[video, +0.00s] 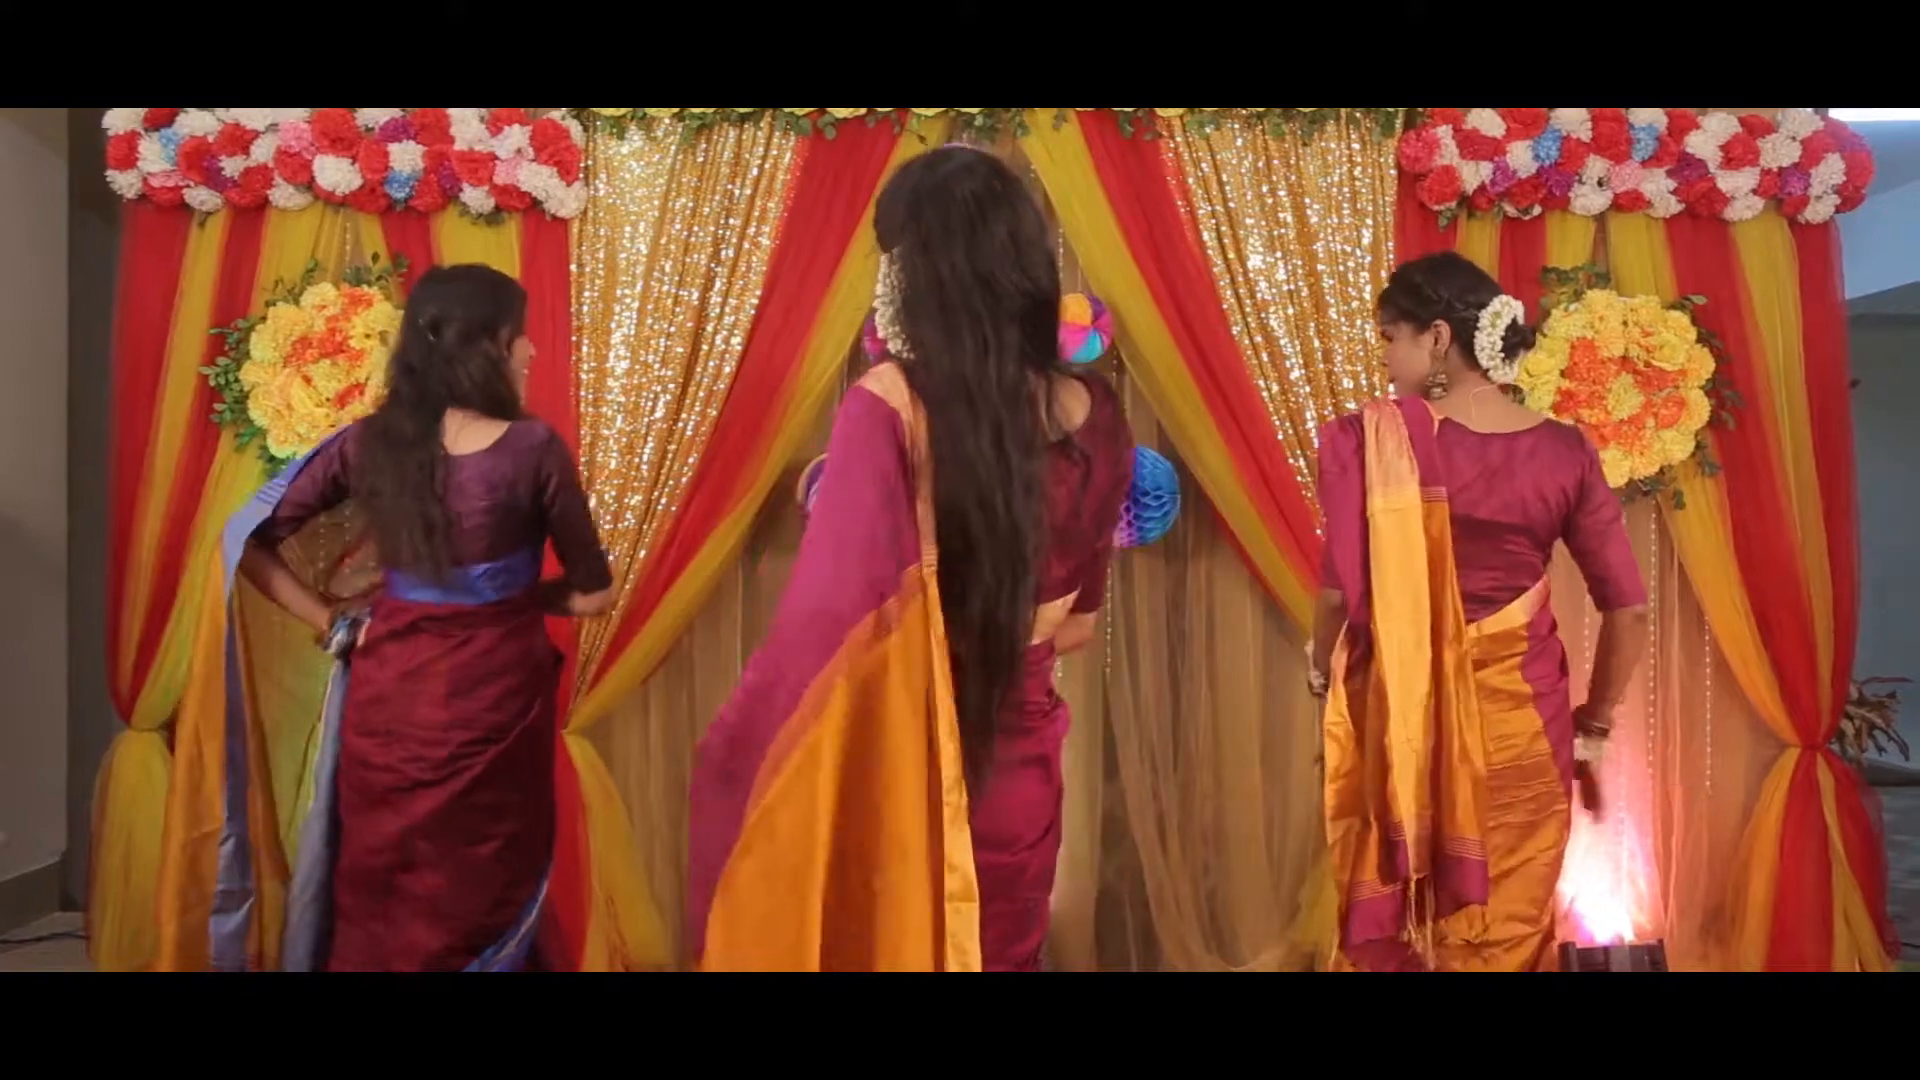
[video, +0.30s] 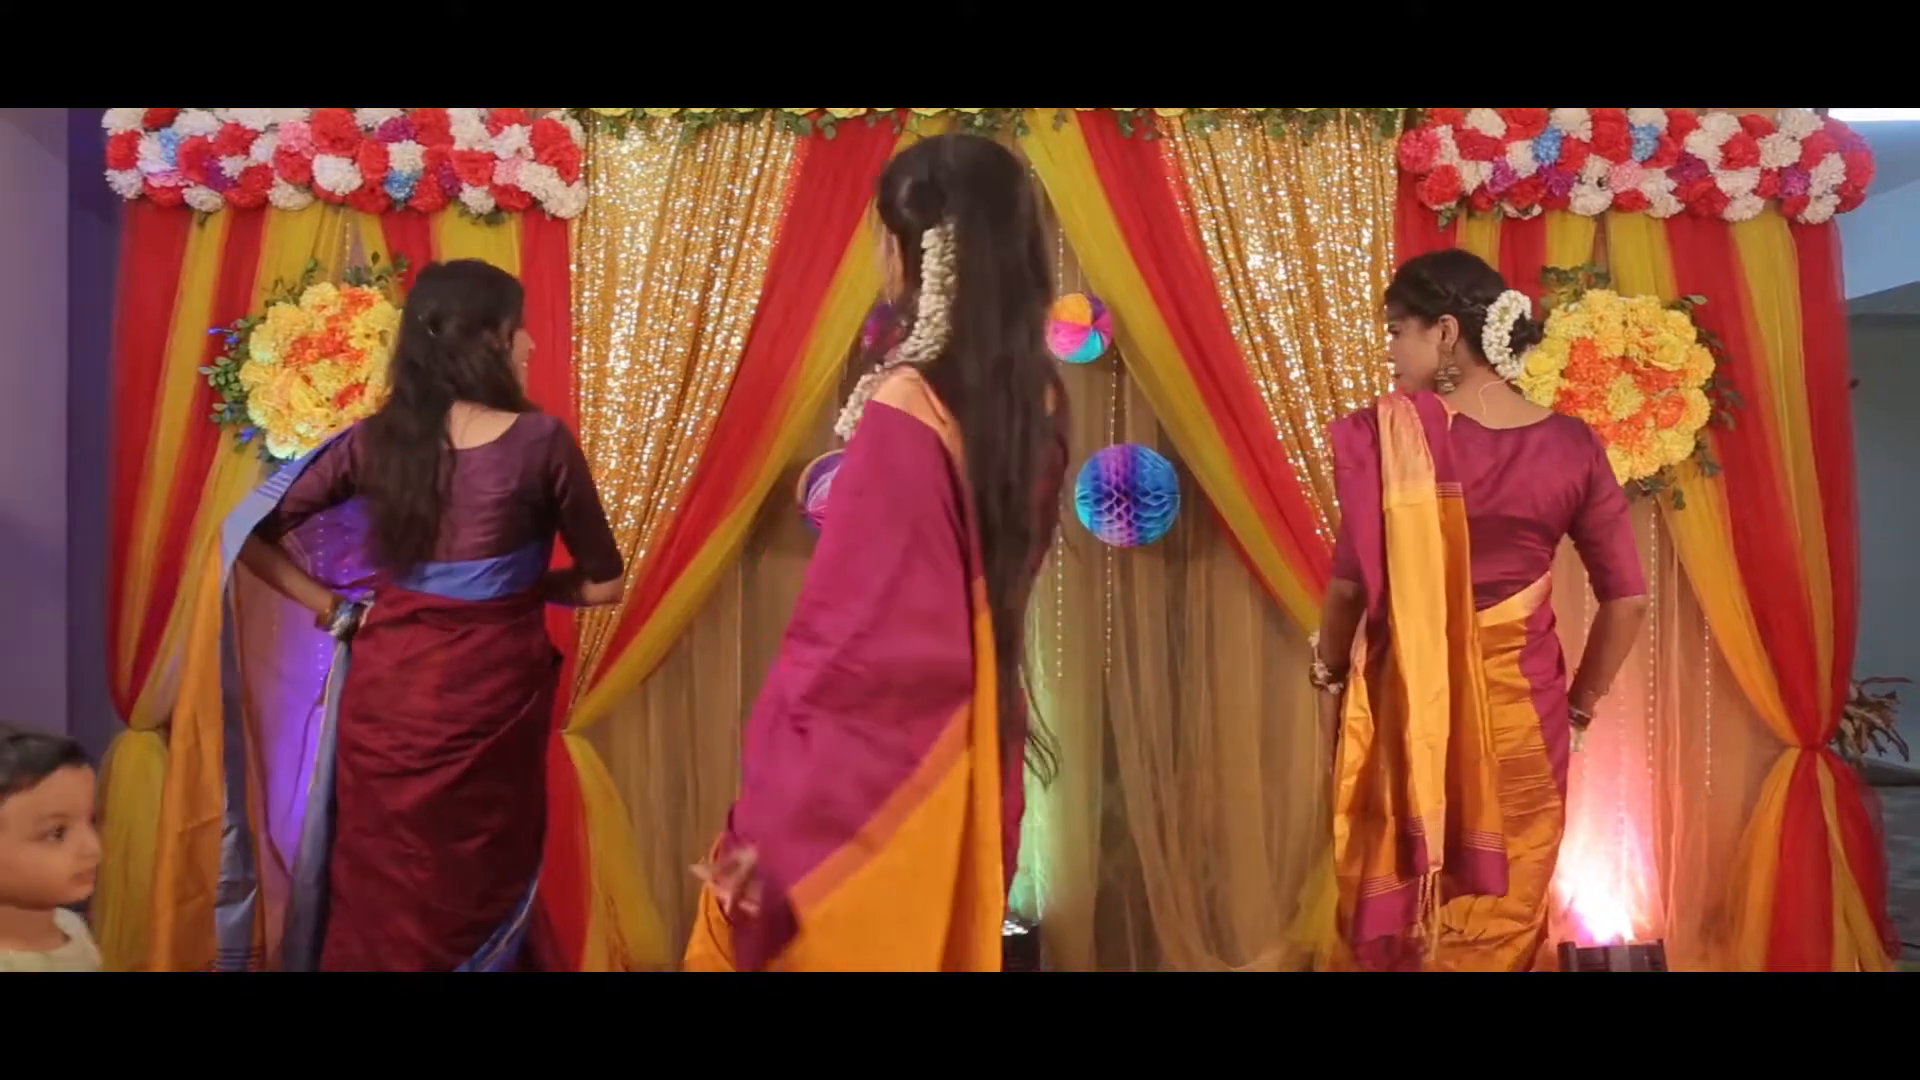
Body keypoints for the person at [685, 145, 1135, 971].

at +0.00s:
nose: (880, 276)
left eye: (887, 254)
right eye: (882, 253)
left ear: (914, 269)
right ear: (1028, 255)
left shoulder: (889, 402)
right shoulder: (1087, 408)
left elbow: (835, 606)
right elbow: (1082, 600)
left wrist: (732, 743)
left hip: (898, 780)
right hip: (1020, 771)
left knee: (896, 955)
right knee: (1006, 955)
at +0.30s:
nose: (880, 265)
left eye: (885, 243)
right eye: (882, 242)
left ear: (912, 256)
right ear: (1011, 248)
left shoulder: (905, 402)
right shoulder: (1041, 392)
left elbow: (853, 631)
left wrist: (760, 820)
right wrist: (866, 479)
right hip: (979, 735)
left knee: (871, 946)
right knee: (951, 943)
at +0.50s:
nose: (857, 282)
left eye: (866, 259)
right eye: (862, 258)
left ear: (916, 278)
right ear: (924, 278)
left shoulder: (908, 417)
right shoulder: (945, 401)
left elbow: (896, 662)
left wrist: (875, 890)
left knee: (738, 947)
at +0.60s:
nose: (847, 267)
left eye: (862, 245)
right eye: (855, 244)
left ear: (918, 268)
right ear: (917, 268)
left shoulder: (928, 416)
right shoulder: (919, 400)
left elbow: (933, 654)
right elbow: (911, 642)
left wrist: (903, 861)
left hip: (842, 816)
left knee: (732, 948)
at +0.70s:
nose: (845, 244)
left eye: (867, 224)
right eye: (856, 222)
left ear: (933, 250)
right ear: (925, 251)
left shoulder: (955, 406)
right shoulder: (901, 389)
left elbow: (941, 633)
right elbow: (862, 603)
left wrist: (904, 805)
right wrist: (754, 711)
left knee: (725, 938)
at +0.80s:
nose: (855, 253)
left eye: (883, 229)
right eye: (862, 230)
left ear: (959, 254)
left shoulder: (978, 406)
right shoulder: (896, 401)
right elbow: (870, 595)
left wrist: (917, 745)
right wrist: (771, 658)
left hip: (874, 827)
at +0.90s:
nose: (874, 287)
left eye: (907, 264)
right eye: (875, 265)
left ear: (985, 288)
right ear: (866, 277)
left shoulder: (995, 417)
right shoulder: (906, 422)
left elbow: (1118, 616)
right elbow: (856, 614)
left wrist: (921, 741)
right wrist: (764, 692)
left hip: (904, 837)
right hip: (836, 825)